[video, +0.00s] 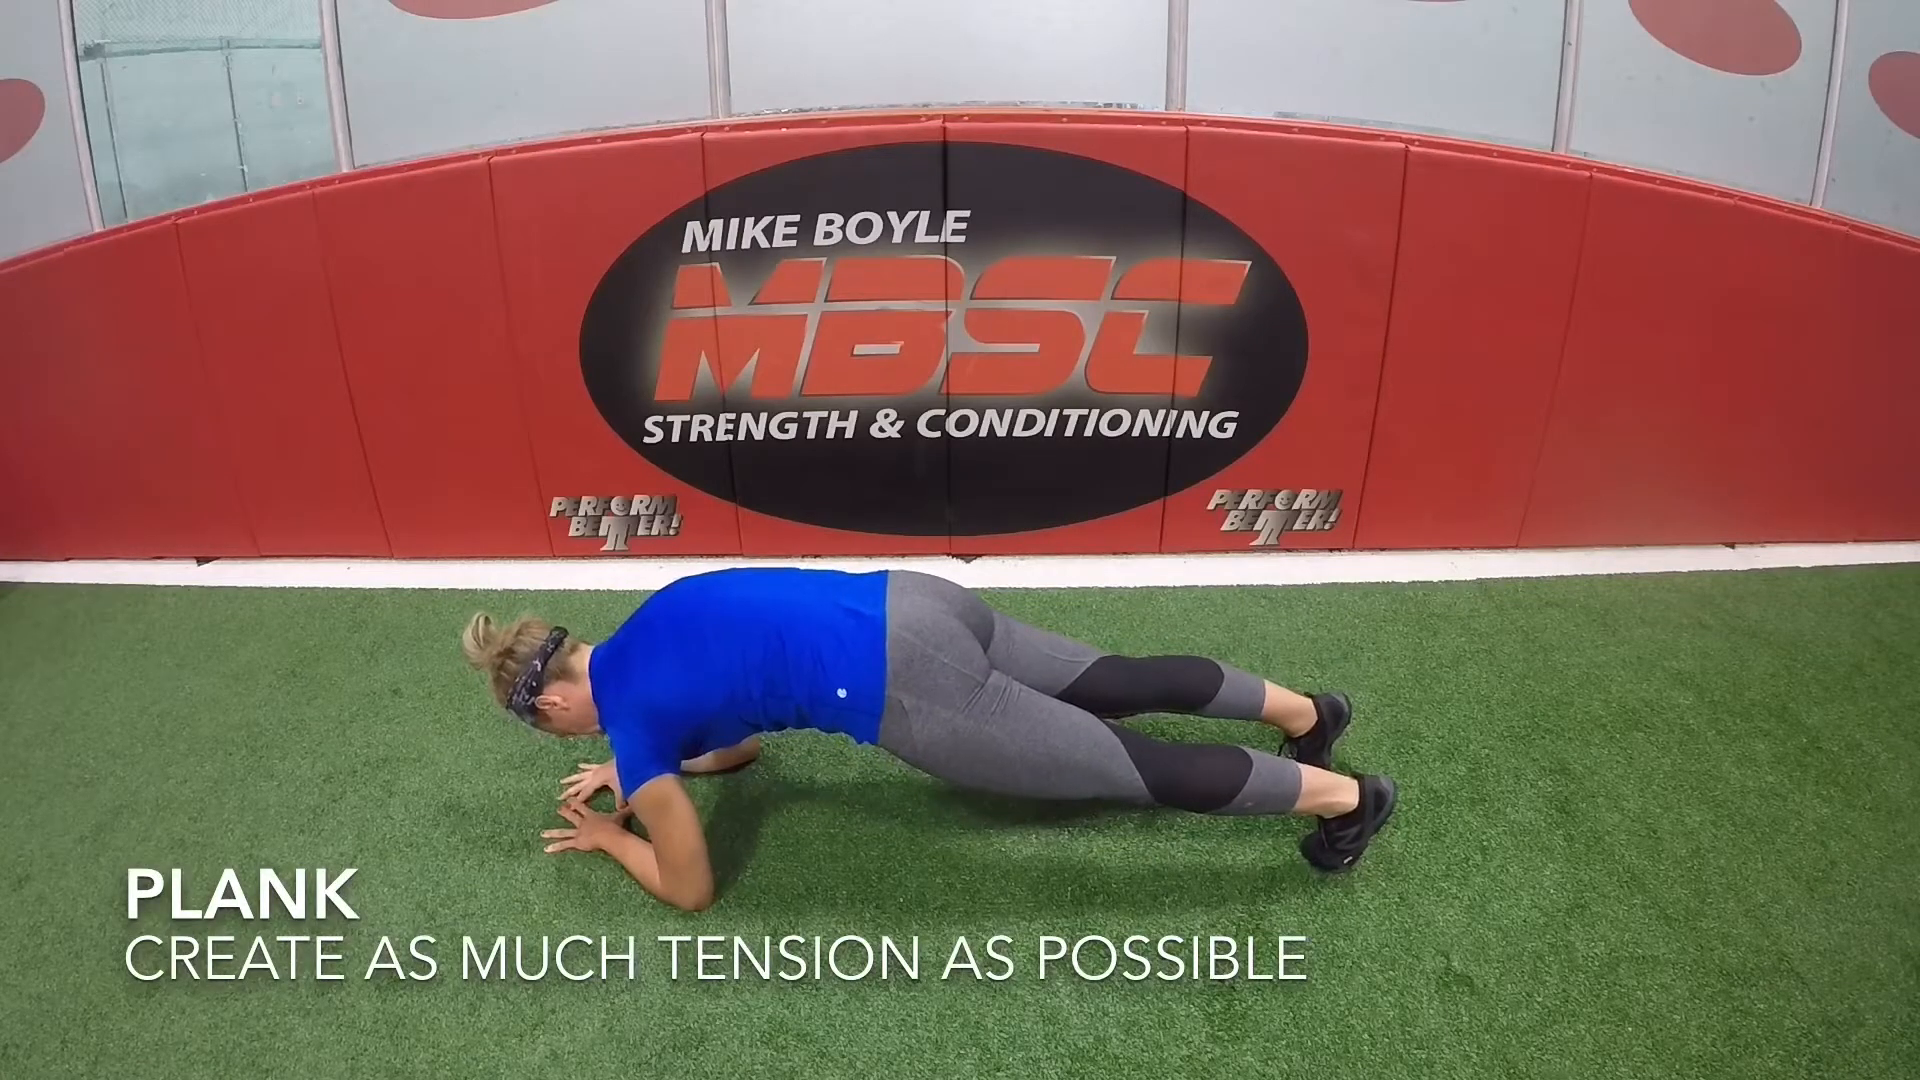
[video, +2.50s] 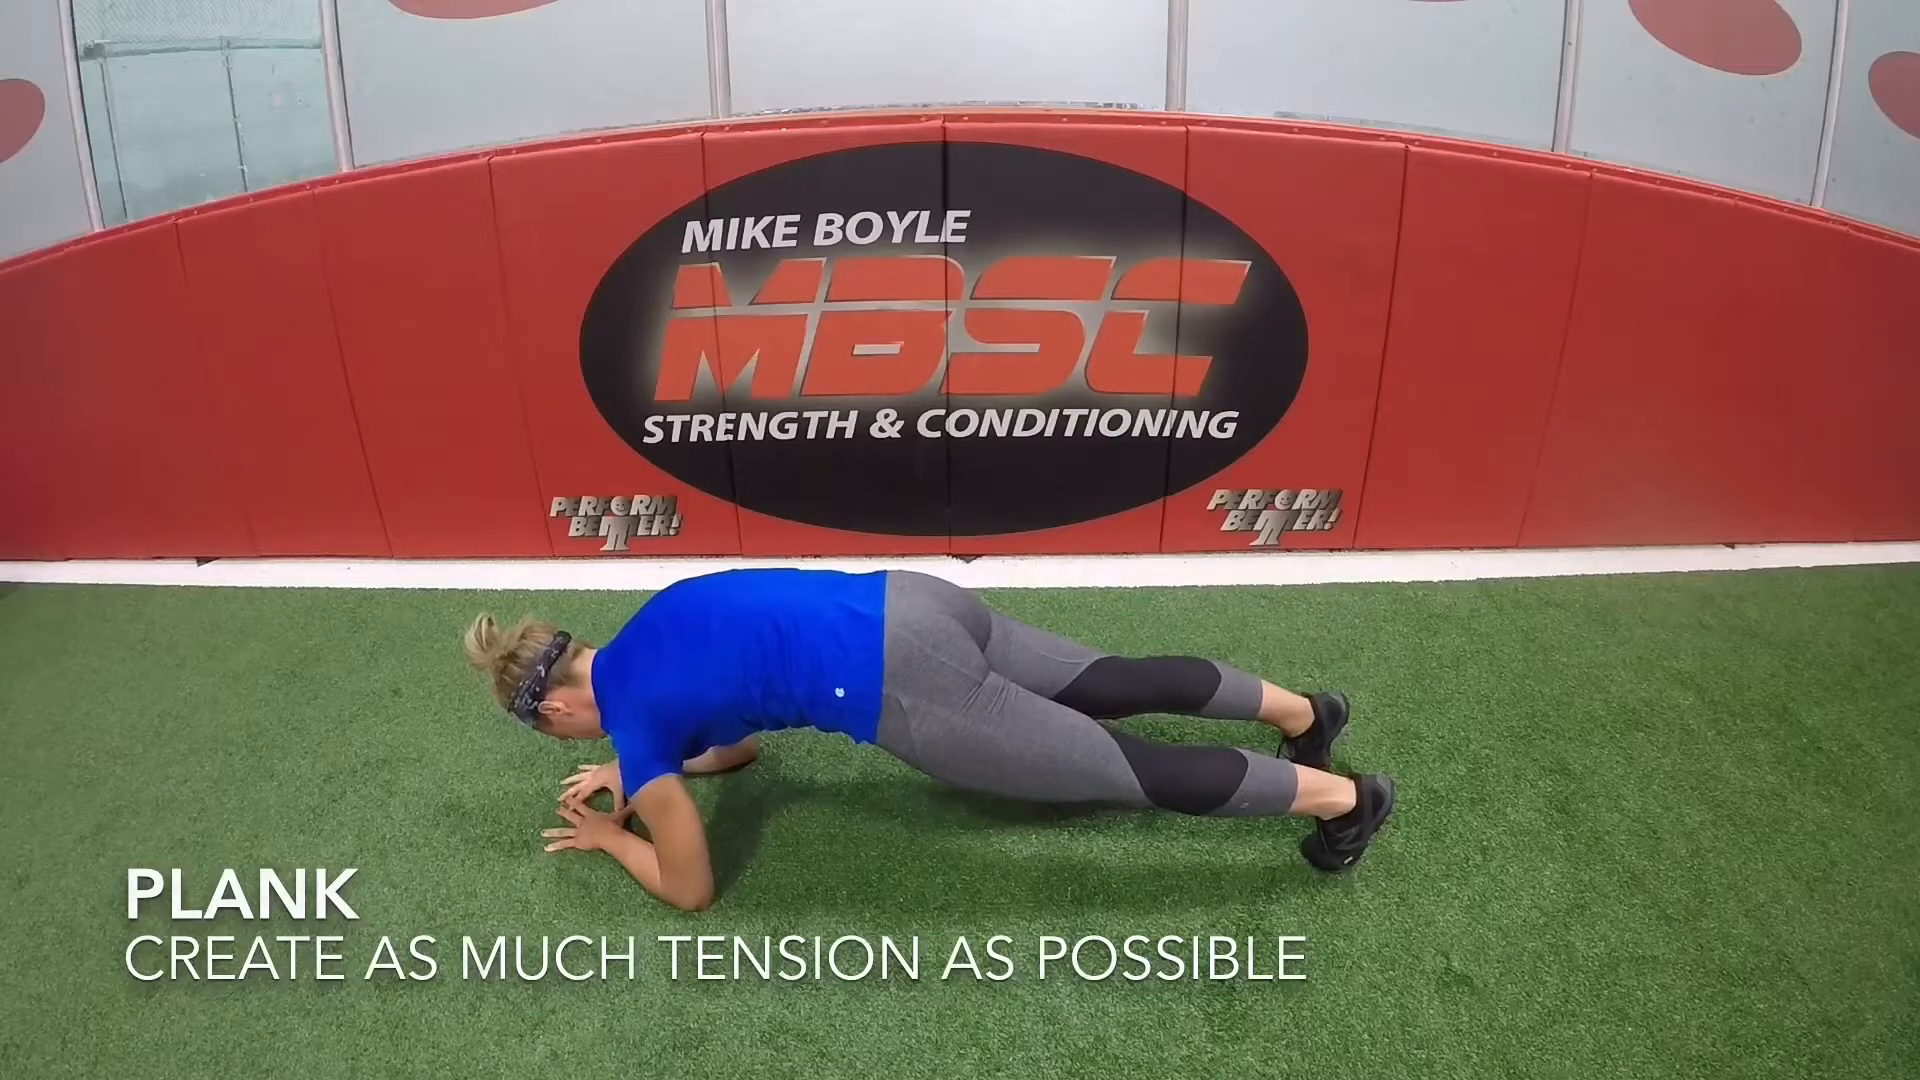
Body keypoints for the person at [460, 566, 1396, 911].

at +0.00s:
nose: (564, 734)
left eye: (548, 727)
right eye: (553, 728)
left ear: (555, 695)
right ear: (572, 645)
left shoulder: (630, 717)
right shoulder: (657, 610)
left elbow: (687, 886)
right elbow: (738, 744)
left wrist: (614, 840)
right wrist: (636, 776)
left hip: (902, 690)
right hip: (917, 593)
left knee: (1135, 769)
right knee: (1113, 679)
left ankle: (1340, 795)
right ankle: (1307, 714)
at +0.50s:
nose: (568, 734)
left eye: (553, 728)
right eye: (557, 729)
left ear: (559, 697)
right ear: (573, 646)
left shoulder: (632, 716)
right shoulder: (657, 608)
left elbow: (688, 886)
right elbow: (737, 740)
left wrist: (614, 841)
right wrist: (638, 778)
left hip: (900, 687)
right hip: (915, 591)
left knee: (1135, 767)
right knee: (1111, 678)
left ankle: (1342, 794)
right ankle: (1308, 714)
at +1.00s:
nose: (567, 735)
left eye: (551, 729)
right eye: (555, 729)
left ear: (557, 697)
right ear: (572, 646)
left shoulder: (631, 716)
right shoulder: (658, 609)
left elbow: (688, 885)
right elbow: (737, 740)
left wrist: (614, 841)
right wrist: (638, 778)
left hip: (901, 688)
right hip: (914, 591)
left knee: (1134, 767)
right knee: (1111, 677)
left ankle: (1342, 794)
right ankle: (1308, 715)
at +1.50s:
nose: (568, 735)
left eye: (553, 729)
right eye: (557, 729)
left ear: (558, 699)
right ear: (574, 647)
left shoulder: (633, 717)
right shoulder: (656, 613)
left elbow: (688, 885)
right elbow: (737, 743)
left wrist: (613, 840)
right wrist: (638, 778)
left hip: (901, 689)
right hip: (915, 593)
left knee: (1133, 769)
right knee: (1106, 678)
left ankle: (1341, 794)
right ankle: (1307, 715)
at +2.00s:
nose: (570, 737)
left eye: (555, 731)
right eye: (559, 731)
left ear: (562, 700)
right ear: (576, 650)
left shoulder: (633, 718)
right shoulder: (657, 613)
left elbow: (687, 885)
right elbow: (738, 744)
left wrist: (615, 841)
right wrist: (639, 778)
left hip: (899, 688)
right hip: (914, 592)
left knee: (1131, 769)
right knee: (1105, 678)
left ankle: (1341, 795)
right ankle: (1307, 715)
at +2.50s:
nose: (570, 737)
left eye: (555, 730)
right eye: (559, 730)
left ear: (561, 700)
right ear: (575, 649)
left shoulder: (633, 717)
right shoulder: (657, 612)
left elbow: (687, 885)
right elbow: (738, 742)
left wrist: (613, 840)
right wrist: (639, 778)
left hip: (899, 689)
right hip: (915, 594)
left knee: (1133, 771)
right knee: (1111, 680)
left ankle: (1342, 796)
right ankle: (1307, 715)